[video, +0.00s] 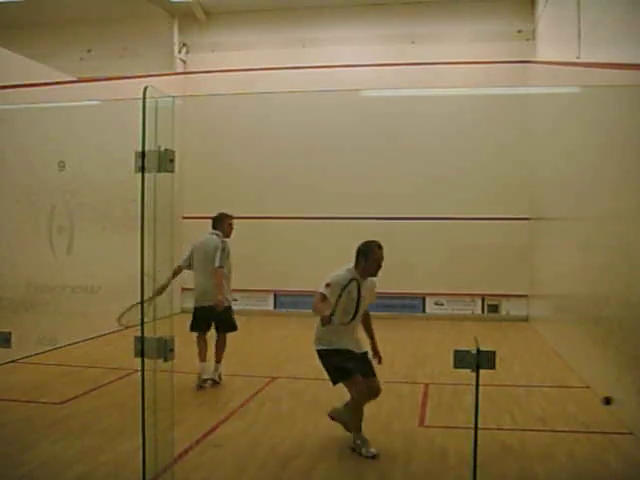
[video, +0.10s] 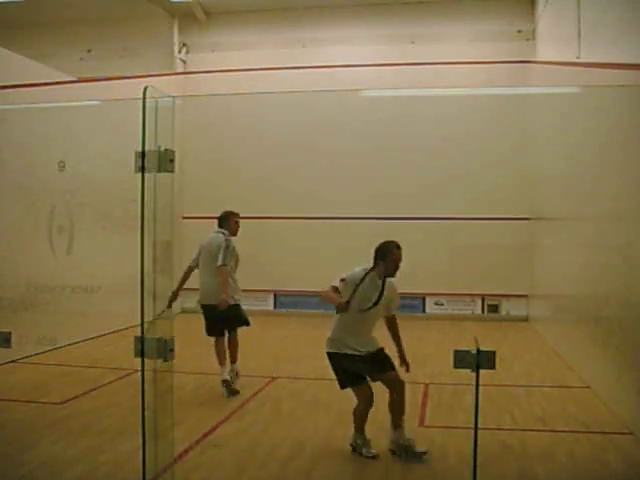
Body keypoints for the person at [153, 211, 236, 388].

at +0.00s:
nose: (232, 229)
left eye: (232, 225)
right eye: (229, 225)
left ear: (214, 226)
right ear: (221, 226)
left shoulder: (198, 244)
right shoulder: (221, 244)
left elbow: (180, 267)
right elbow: (218, 270)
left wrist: (164, 285)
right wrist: (220, 295)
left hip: (201, 301)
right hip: (220, 301)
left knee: (201, 334)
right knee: (221, 334)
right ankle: (217, 370)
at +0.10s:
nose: (238, 227)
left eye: (238, 223)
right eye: (236, 223)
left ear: (220, 225)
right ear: (226, 224)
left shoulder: (206, 243)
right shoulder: (226, 242)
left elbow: (190, 268)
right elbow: (222, 269)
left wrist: (176, 291)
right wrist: (224, 294)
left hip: (207, 300)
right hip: (227, 300)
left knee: (219, 337)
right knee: (233, 332)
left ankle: (224, 373)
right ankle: (233, 368)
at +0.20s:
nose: (245, 231)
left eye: (245, 227)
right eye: (242, 227)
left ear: (229, 229)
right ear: (232, 228)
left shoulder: (214, 248)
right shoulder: (232, 247)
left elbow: (199, 276)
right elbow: (230, 275)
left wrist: (188, 301)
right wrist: (235, 301)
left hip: (217, 309)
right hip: (235, 308)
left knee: (228, 346)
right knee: (247, 338)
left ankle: (231, 386)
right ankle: (252, 379)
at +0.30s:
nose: (252, 233)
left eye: (252, 229)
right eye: (249, 229)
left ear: (234, 231)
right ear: (237, 230)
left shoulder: (220, 250)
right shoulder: (239, 248)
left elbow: (206, 280)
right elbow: (241, 278)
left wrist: (199, 305)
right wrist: (253, 304)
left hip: (223, 310)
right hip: (241, 310)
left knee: (231, 348)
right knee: (260, 338)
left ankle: (231, 387)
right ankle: (266, 381)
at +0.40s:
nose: (261, 234)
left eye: (261, 230)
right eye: (258, 230)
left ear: (243, 231)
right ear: (246, 231)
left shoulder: (227, 251)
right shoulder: (247, 250)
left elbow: (213, 280)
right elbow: (253, 280)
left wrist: (208, 305)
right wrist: (272, 305)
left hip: (229, 312)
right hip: (248, 311)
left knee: (233, 349)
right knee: (270, 345)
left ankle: (232, 387)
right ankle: (274, 385)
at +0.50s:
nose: (271, 239)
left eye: (271, 235)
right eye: (267, 235)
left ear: (251, 237)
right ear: (255, 236)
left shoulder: (234, 256)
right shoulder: (257, 256)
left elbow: (219, 285)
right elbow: (270, 288)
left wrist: (214, 311)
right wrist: (291, 312)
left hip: (237, 318)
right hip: (259, 318)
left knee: (237, 351)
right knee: (276, 355)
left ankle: (232, 387)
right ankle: (282, 399)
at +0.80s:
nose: (279, 239)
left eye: (278, 235)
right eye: (278, 235)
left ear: (257, 236)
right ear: (275, 236)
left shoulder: (242, 257)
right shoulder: (277, 258)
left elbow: (225, 291)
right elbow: (297, 290)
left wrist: (224, 318)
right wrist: (300, 319)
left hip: (240, 319)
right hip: (266, 320)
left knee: (238, 354)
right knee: (282, 359)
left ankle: (237, 392)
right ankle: (281, 408)